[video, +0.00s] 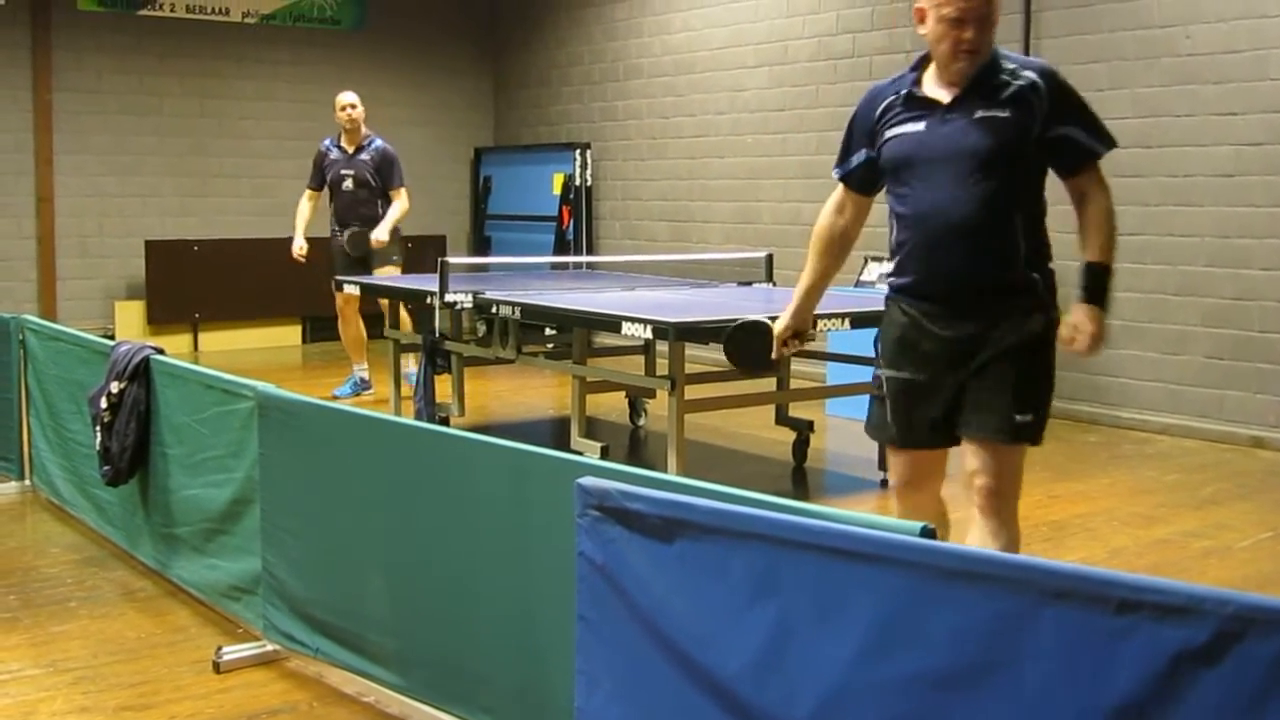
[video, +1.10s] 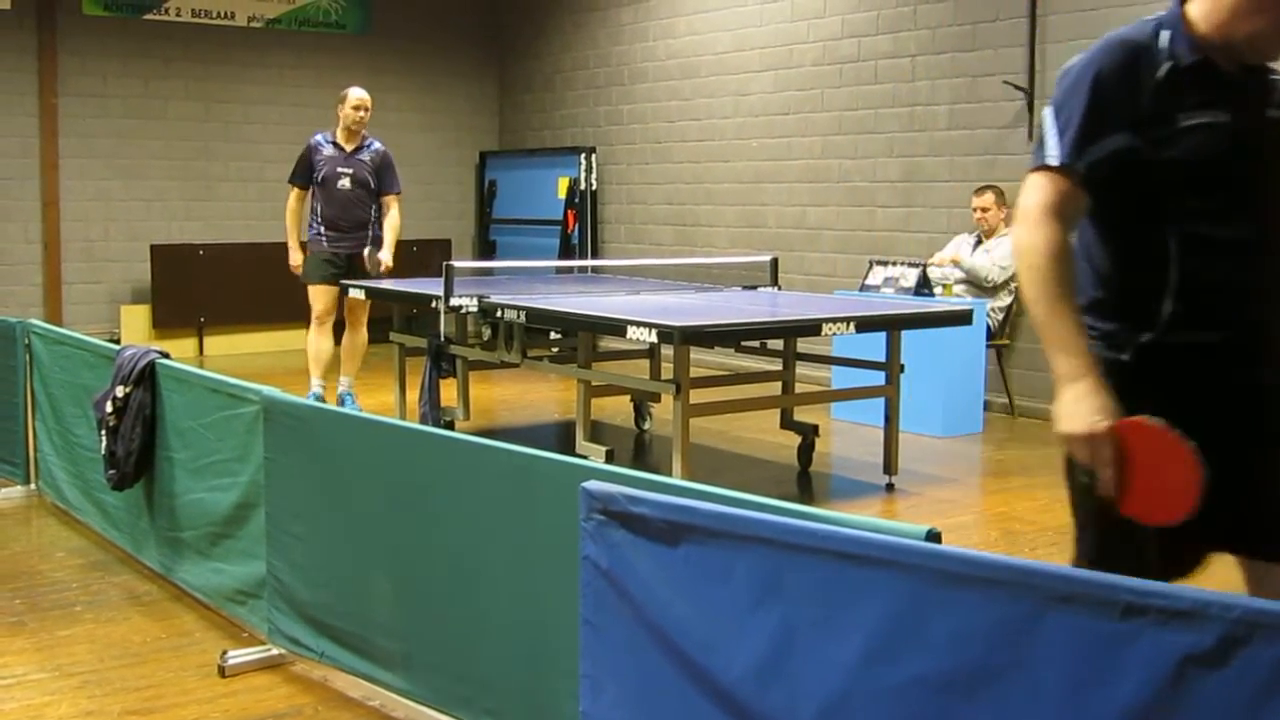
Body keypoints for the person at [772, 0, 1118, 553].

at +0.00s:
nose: (970, 35)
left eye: (982, 20)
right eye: (955, 21)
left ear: (998, 17)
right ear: (920, 18)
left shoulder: (1035, 91)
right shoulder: (882, 105)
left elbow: (1090, 191)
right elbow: (843, 210)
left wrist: (1093, 297)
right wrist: (799, 309)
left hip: (1009, 322)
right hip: (915, 321)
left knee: (990, 486)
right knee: (909, 483)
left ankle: (991, 628)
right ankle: (922, 619)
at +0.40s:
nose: (1069, 49)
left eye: (1081, 34)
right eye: (1054, 32)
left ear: (1094, 25)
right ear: (1009, 15)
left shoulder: (1103, 96)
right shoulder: (941, 92)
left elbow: (1135, 210)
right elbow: (867, 202)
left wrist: (1162, 325)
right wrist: (881, 312)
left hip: (1058, 338)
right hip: (961, 330)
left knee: (1017, 528)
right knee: (979, 516)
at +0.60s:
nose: (1121, 54)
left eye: (1133, 36)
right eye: (1106, 33)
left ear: (1145, 28)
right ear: (1056, 14)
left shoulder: (1131, 94)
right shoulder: (972, 96)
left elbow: (1145, 215)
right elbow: (894, 228)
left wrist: (1164, 328)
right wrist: (925, 353)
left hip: (1096, 349)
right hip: (1003, 349)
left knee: (1063, 543)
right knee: (1031, 549)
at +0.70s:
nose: (1150, 43)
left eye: (1161, 24)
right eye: (1136, 21)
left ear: (1168, 20)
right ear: (1081, 6)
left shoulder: (1145, 84)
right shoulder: (989, 93)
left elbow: (1152, 203)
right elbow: (918, 231)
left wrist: (1188, 319)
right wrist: (934, 372)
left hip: (1123, 350)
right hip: (1025, 352)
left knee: (1133, 572)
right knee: (1060, 579)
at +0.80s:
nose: (1185, 27)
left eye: (1190, 12)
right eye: (1175, 10)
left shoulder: (1162, 81)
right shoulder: (1013, 79)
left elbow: (1166, 199)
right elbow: (947, 227)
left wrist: (1221, 307)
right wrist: (947, 375)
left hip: (1149, 347)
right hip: (1042, 352)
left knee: (1200, 558)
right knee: (1066, 569)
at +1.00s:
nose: (1261, 19)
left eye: (1263, 7)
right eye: (1252, 4)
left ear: (1211, 7)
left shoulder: (1218, 84)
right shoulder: (1078, 68)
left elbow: (1227, 210)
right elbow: (1003, 218)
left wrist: (1276, 265)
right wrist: (1017, 382)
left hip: (1215, 373)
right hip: (1099, 380)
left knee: (1262, 604)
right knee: (1090, 611)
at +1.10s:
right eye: (1276, 11)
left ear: (1255, 9)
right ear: (1246, 3)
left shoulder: (1265, 87)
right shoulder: (1118, 72)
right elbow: (1037, 223)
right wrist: (1076, 381)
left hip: (1258, 392)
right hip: (1140, 394)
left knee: (1278, 601)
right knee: (1114, 616)